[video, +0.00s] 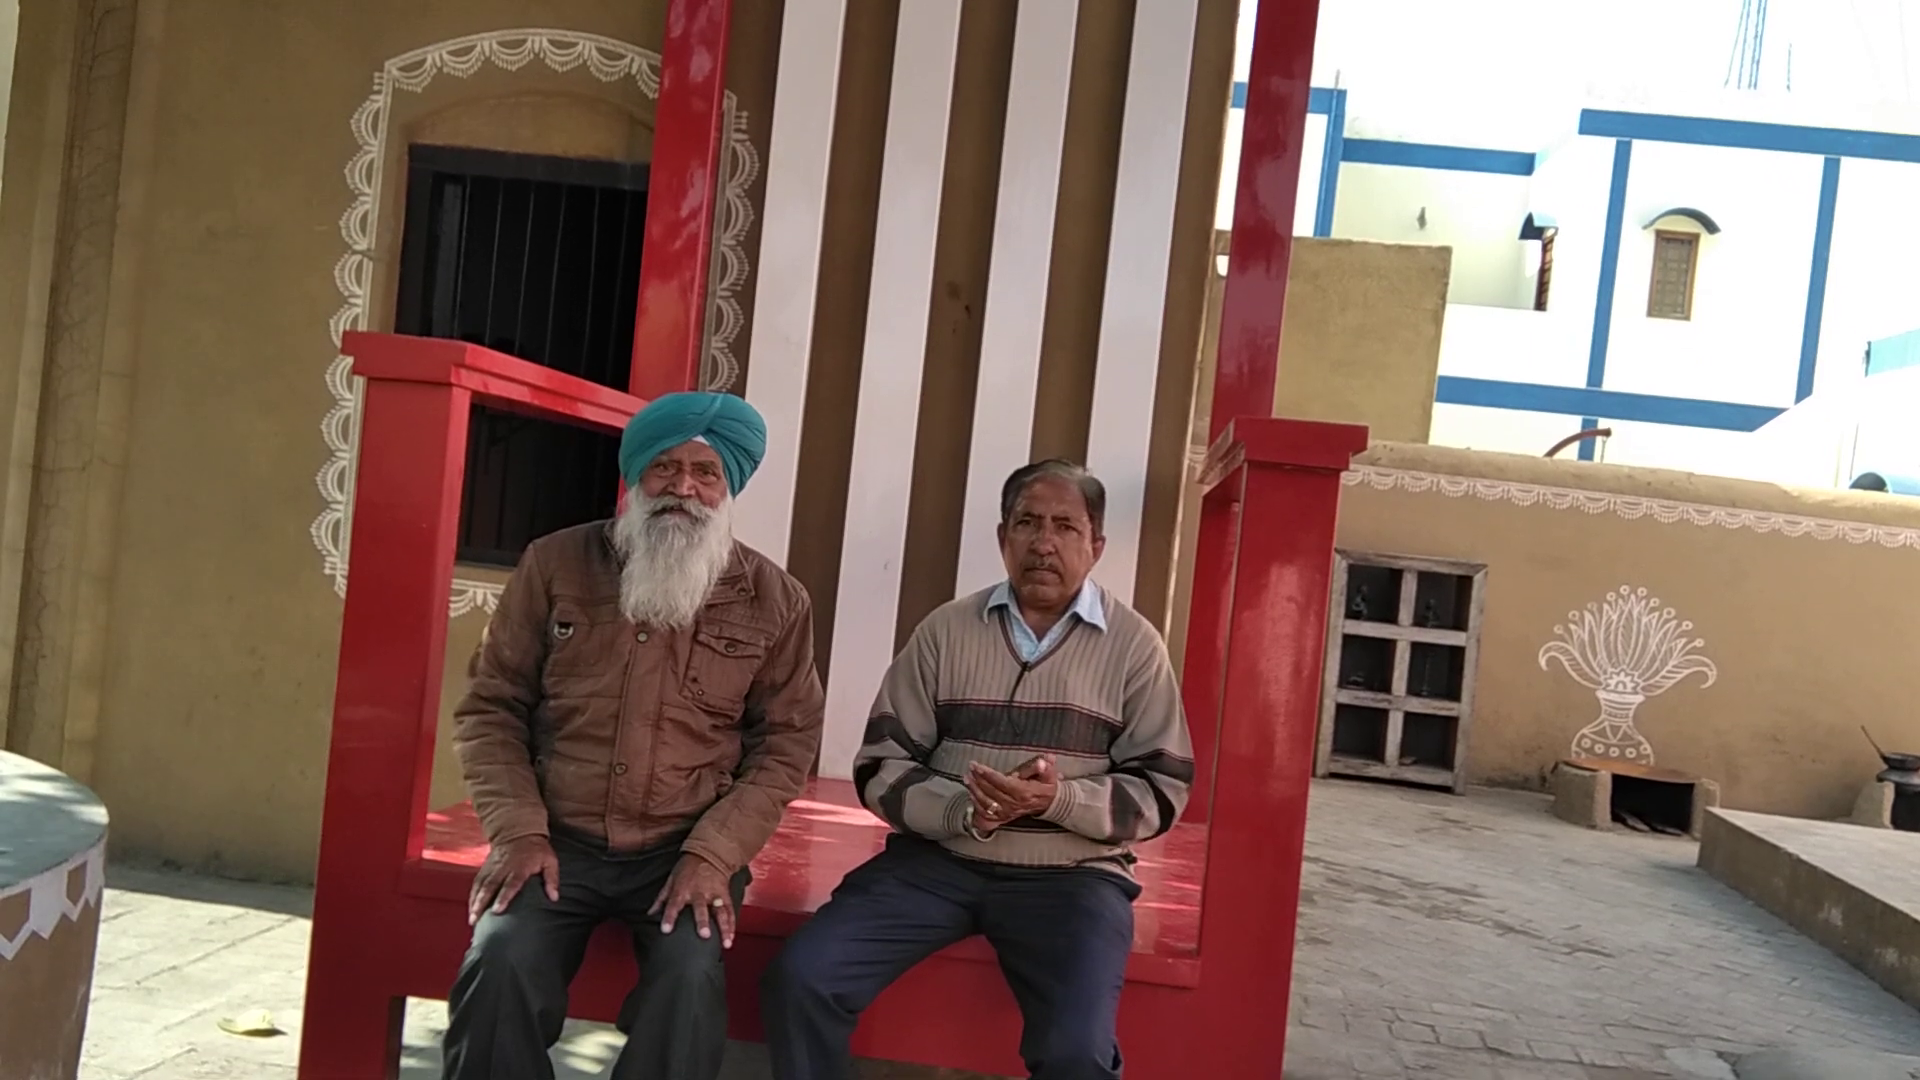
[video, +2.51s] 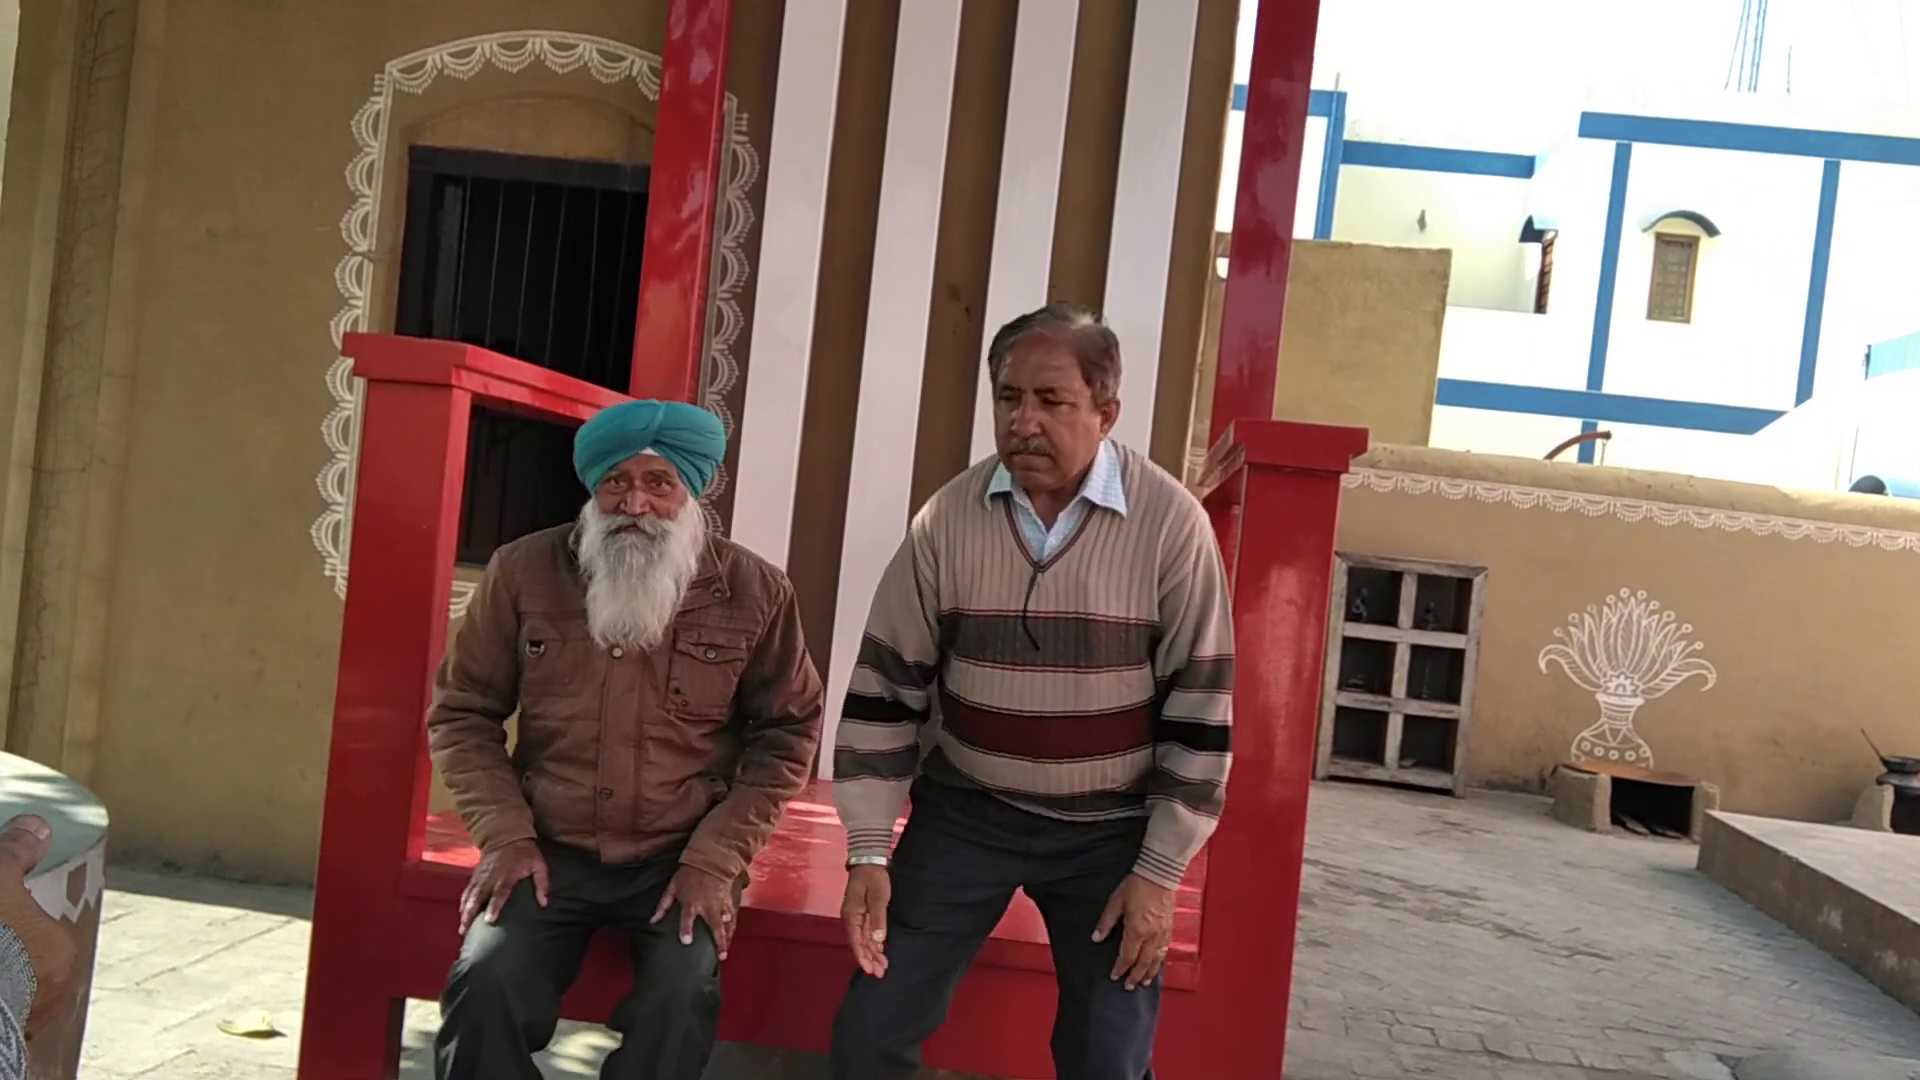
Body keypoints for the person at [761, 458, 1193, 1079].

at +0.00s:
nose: (1045, 543)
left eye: (1065, 527)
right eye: (1029, 524)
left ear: (1096, 548)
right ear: (1003, 541)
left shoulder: (1136, 647)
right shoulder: (944, 632)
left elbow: (1160, 790)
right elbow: (880, 766)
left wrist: (1062, 801)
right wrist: (963, 806)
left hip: (1071, 879)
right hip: (935, 862)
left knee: (1076, 1051)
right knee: (801, 980)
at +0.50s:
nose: (1049, 546)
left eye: (1070, 531)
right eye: (1034, 527)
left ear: (1101, 551)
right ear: (1008, 542)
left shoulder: (1141, 652)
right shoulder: (950, 635)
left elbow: (1162, 796)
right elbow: (883, 765)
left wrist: (1063, 812)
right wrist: (965, 818)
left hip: (1071, 885)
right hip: (935, 865)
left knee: (1074, 1054)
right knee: (810, 987)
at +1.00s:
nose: (1053, 547)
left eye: (1074, 531)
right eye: (1038, 528)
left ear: (1104, 552)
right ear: (1011, 542)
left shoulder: (1143, 650)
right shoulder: (952, 633)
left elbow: (1162, 796)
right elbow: (884, 766)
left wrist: (1066, 790)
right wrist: (968, 805)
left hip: (1074, 882)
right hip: (937, 863)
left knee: (1073, 1049)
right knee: (809, 987)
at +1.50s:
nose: (1046, 545)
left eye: (1067, 529)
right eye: (1031, 526)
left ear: (1099, 550)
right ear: (1006, 542)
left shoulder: (1140, 649)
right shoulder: (949, 634)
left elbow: (1160, 793)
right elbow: (884, 765)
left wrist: (1061, 799)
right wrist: (961, 812)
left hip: (1072, 880)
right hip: (936, 863)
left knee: (1076, 1051)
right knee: (806, 986)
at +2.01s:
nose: (1015, 561)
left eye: (1038, 542)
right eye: (998, 539)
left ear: (1074, 558)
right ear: (974, 550)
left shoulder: (1122, 658)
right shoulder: (925, 647)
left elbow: (1114, 827)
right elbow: (874, 801)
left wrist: (1016, 904)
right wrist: (912, 904)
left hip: (1065, 888)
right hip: (924, 873)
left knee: (1082, 1045)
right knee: (815, 1005)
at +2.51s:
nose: (1024, 423)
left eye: (1051, 401)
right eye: (1010, 397)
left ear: (1106, 415)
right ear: (993, 403)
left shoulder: (1174, 528)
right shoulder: (946, 524)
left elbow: (1201, 716)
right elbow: (882, 692)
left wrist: (1160, 870)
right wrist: (867, 850)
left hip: (1109, 835)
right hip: (962, 819)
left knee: (1109, 1057)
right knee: (869, 1033)